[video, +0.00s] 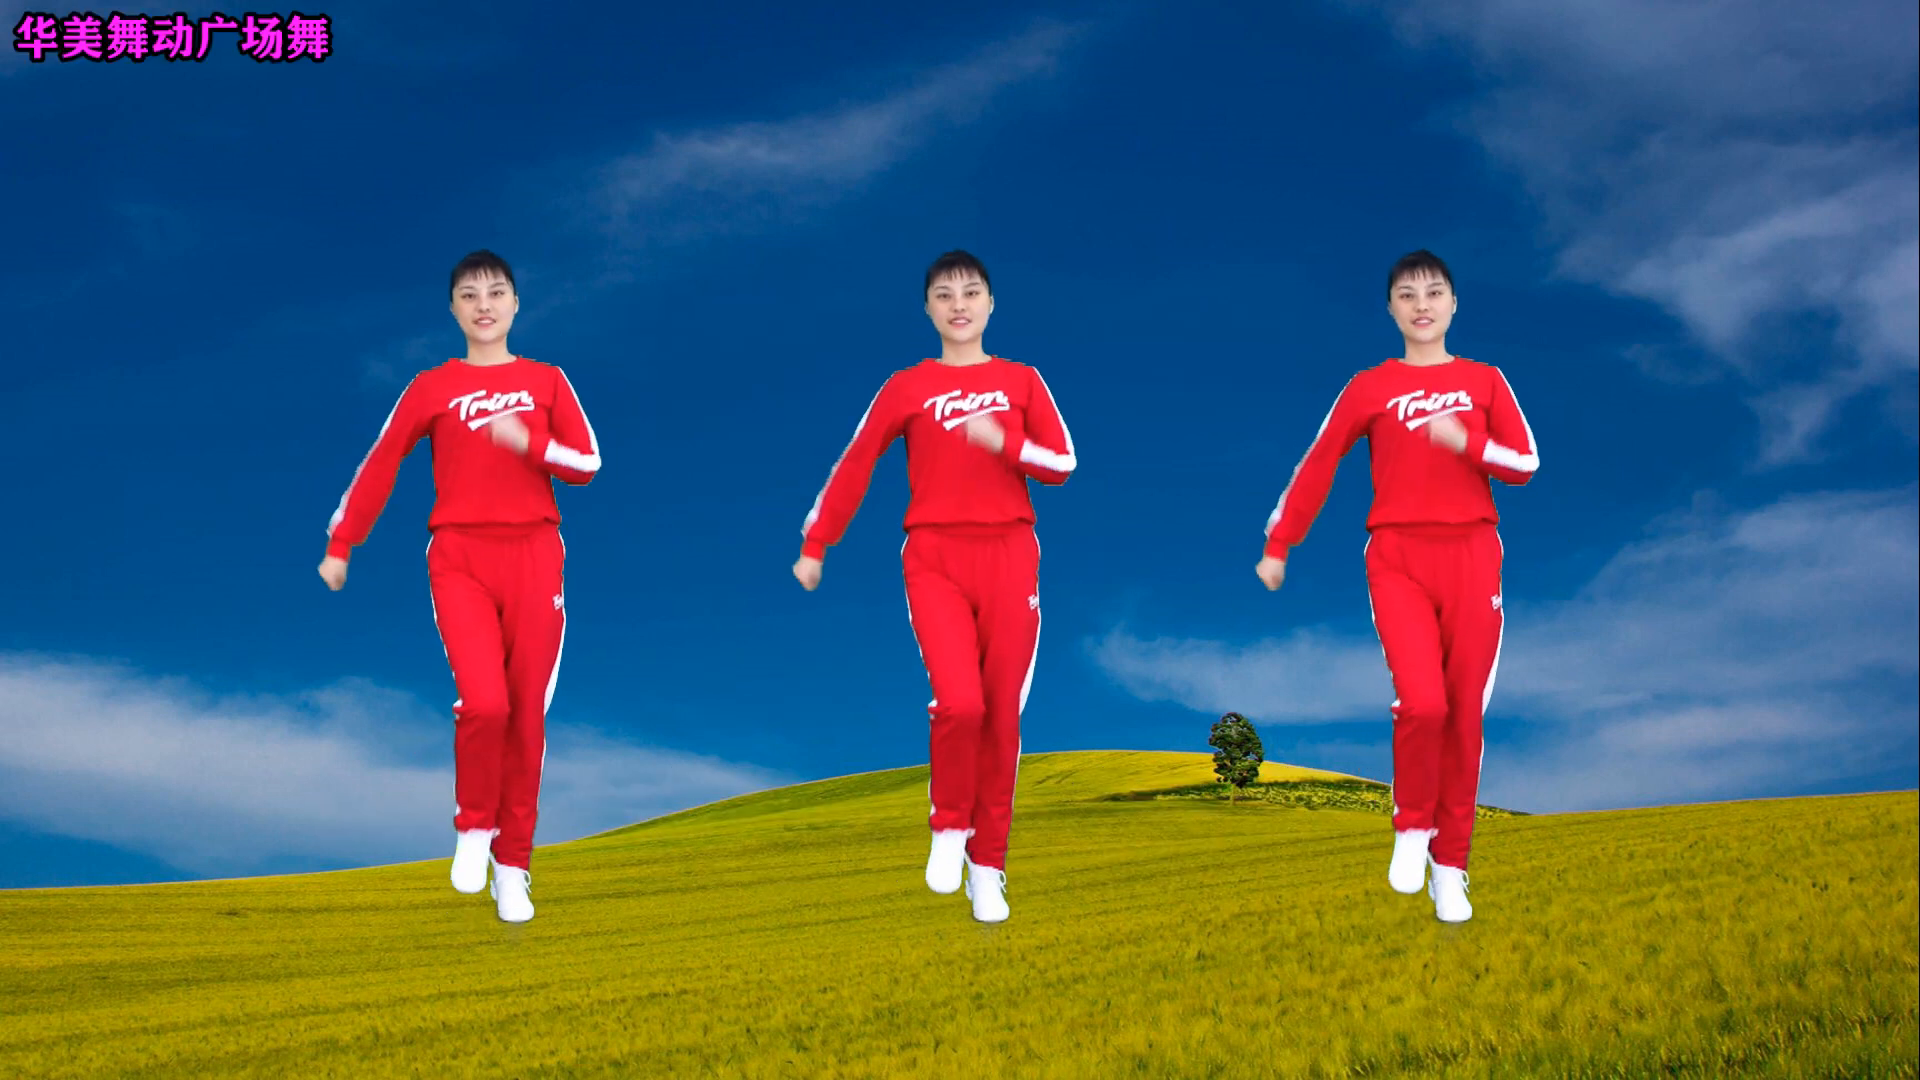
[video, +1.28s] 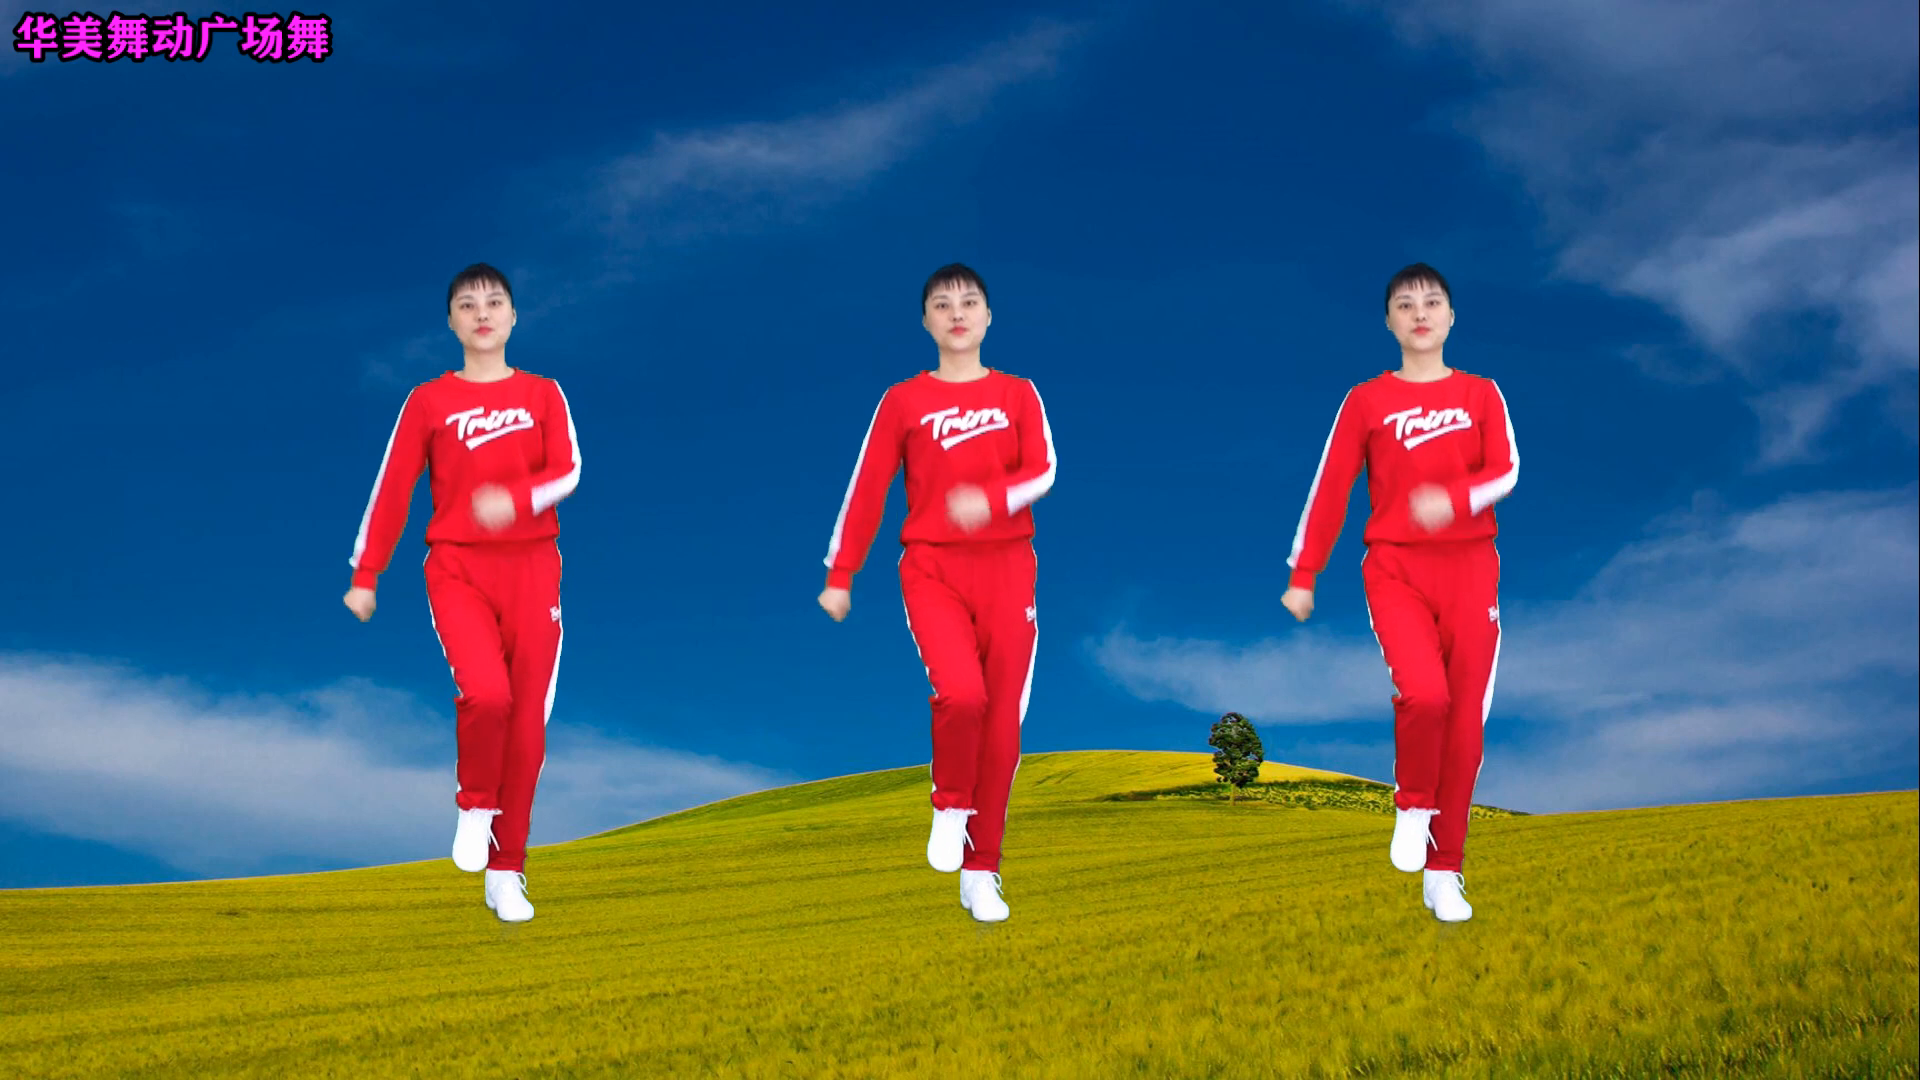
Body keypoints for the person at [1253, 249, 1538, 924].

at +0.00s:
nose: (1422, 304)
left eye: (1433, 294)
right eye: (1409, 295)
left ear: (1452, 303)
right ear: (1393, 308)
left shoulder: (1485, 381)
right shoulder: (1368, 388)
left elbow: (1524, 464)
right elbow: (1317, 464)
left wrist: (1468, 442)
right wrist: (1278, 545)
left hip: (1472, 555)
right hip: (1395, 556)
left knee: (1465, 711)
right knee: (1423, 705)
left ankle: (1452, 861)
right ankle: (1413, 827)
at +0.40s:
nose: (1416, 318)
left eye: (1427, 307)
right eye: (1403, 309)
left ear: (1446, 319)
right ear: (1386, 322)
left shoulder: (1474, 395)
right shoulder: (1358, 401)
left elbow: (1479, 475)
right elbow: (1326, 488)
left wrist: (1438, 522)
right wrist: (1296, 569)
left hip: (1449, 576)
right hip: (1374, 576)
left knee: (1437, 723)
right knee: (1384, 729)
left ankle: (1442, 849)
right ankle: (1400, 867)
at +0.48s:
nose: (1412, 326)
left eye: (1425, 316)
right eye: (1400, 317)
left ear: (1443, 328)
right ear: (1384, 330)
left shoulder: (1473, 406)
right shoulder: (1356, 410)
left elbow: (1478, 494)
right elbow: (1342, 497)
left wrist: (1472, 578)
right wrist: (1350, 576)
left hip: (1445, 580)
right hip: (1372, 581)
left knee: (1421, 720)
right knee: (1373, 734)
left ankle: (1439, 817)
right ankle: (1399, 866)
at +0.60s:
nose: (1411, 312)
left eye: (1423, 302)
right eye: (1398, 302)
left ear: (1441, 314)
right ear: (1381, 315)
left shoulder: (1471, 392)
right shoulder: (1352, 394)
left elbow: (1508, 482)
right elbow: (1316, 469)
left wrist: (1528, 571)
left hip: (1448, 567)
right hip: (1373, 567)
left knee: (1417, 706)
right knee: (1375, 722)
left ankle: (1436, 810)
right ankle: (1402, 864)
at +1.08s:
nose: (1419, 317)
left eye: (1431, 307)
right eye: (1406, 308)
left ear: (1449, 320)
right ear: (1389, 322)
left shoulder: (1479, 398)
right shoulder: (1365, 402)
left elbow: (1518, 487)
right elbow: (1356, 488)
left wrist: (1553, 572)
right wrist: (1379, 556)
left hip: (1469, 573)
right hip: (1393, 573)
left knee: (1461, 725)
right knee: (1407, 721)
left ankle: (1445, 868)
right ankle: (1407, 842)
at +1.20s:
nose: (1420, 326)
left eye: (1432, 315)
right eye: (1407, 317)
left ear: (1451, 328)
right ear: (1391, 332)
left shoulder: (1481, 408)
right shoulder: (1367, 411)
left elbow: (1496, 498)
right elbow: (1348, 507)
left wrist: (1483, 574)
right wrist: (1337, 595)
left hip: (1470, 582)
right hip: (1395, 581)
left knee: (1470, 726)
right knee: (1425, 703)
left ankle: (1445, 868)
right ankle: (1412, 807)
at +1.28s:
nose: (1420, 315)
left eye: (1431, 304)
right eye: (1407, 306)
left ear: (1450, 315)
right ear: (1391, 321)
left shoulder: (1481, 393)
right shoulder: (1365, 401)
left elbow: (1504, 471)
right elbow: (1329, 488)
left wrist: (1452, 496)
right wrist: (1304, 571)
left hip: (1470, 573)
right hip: (1395, 571)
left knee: (1466, 718)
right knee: (1425, 696)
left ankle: (1446, 868)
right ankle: (1415, 807)